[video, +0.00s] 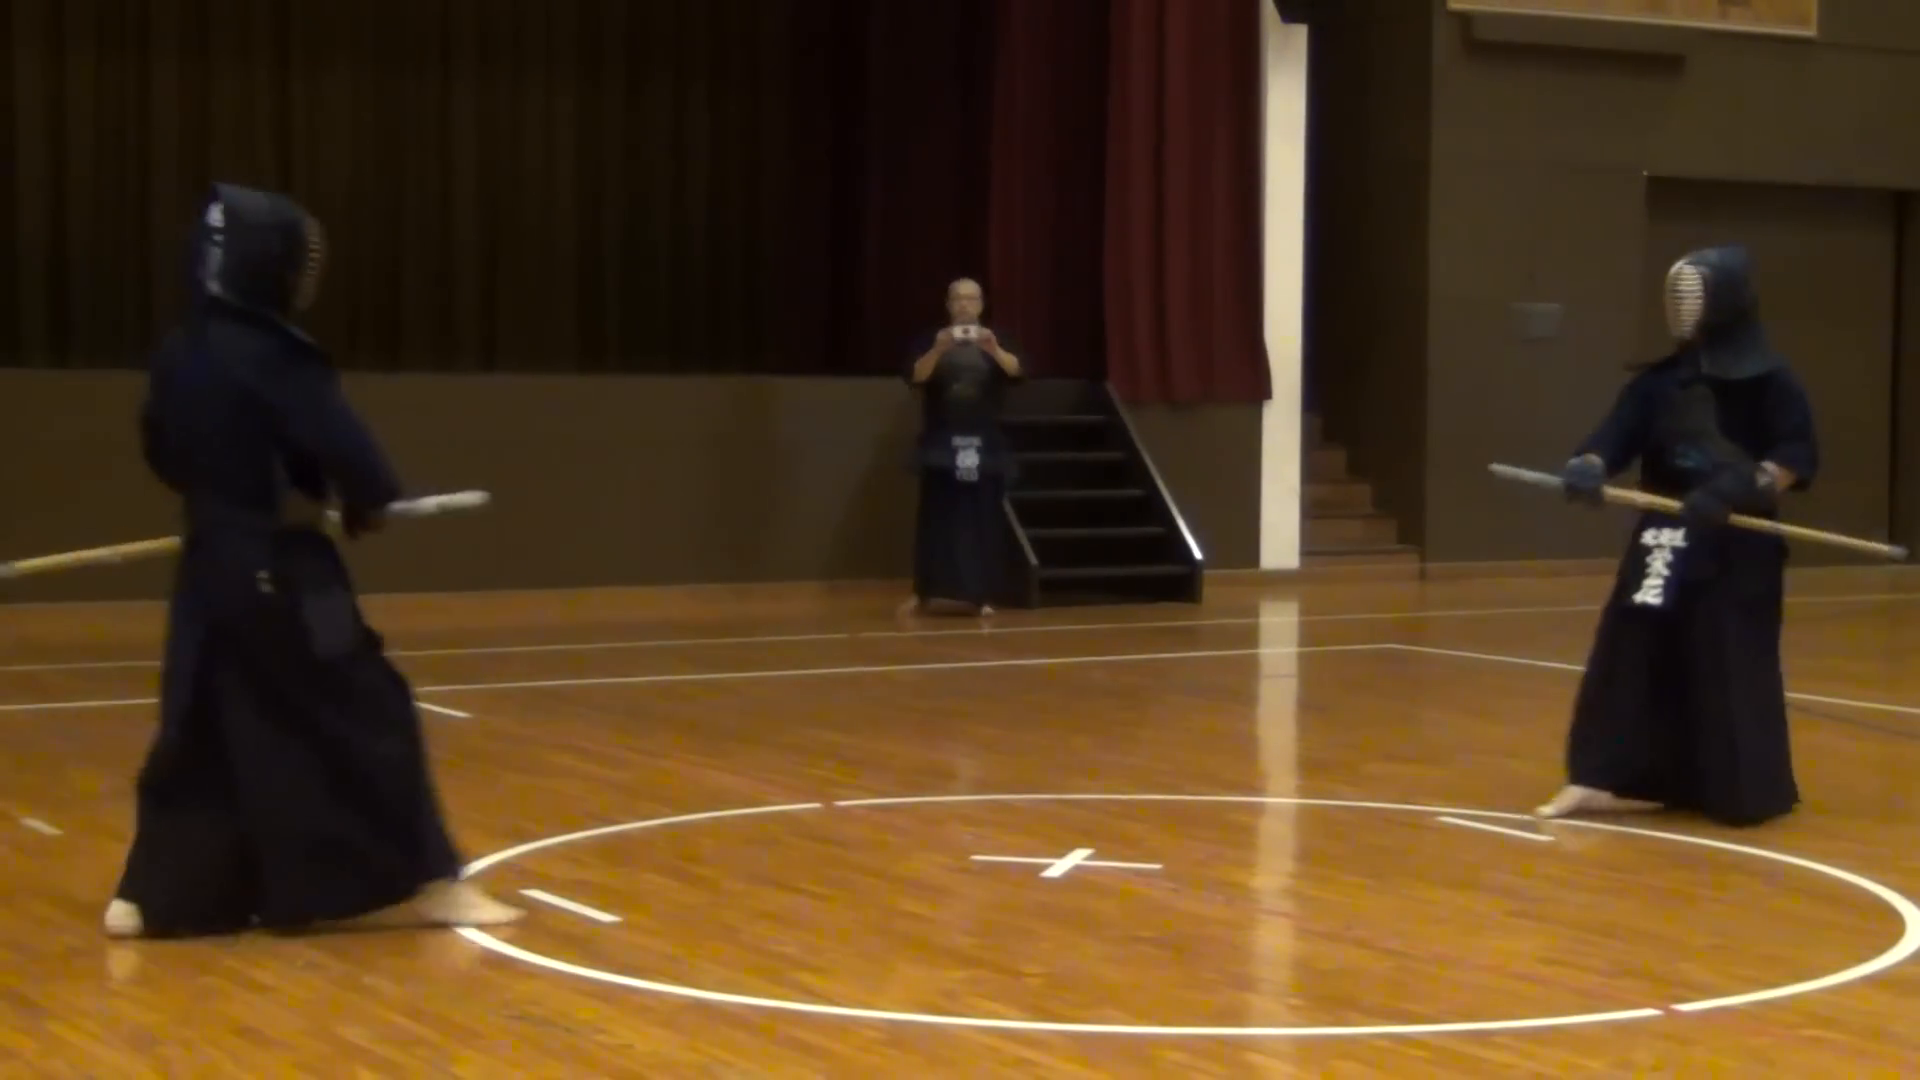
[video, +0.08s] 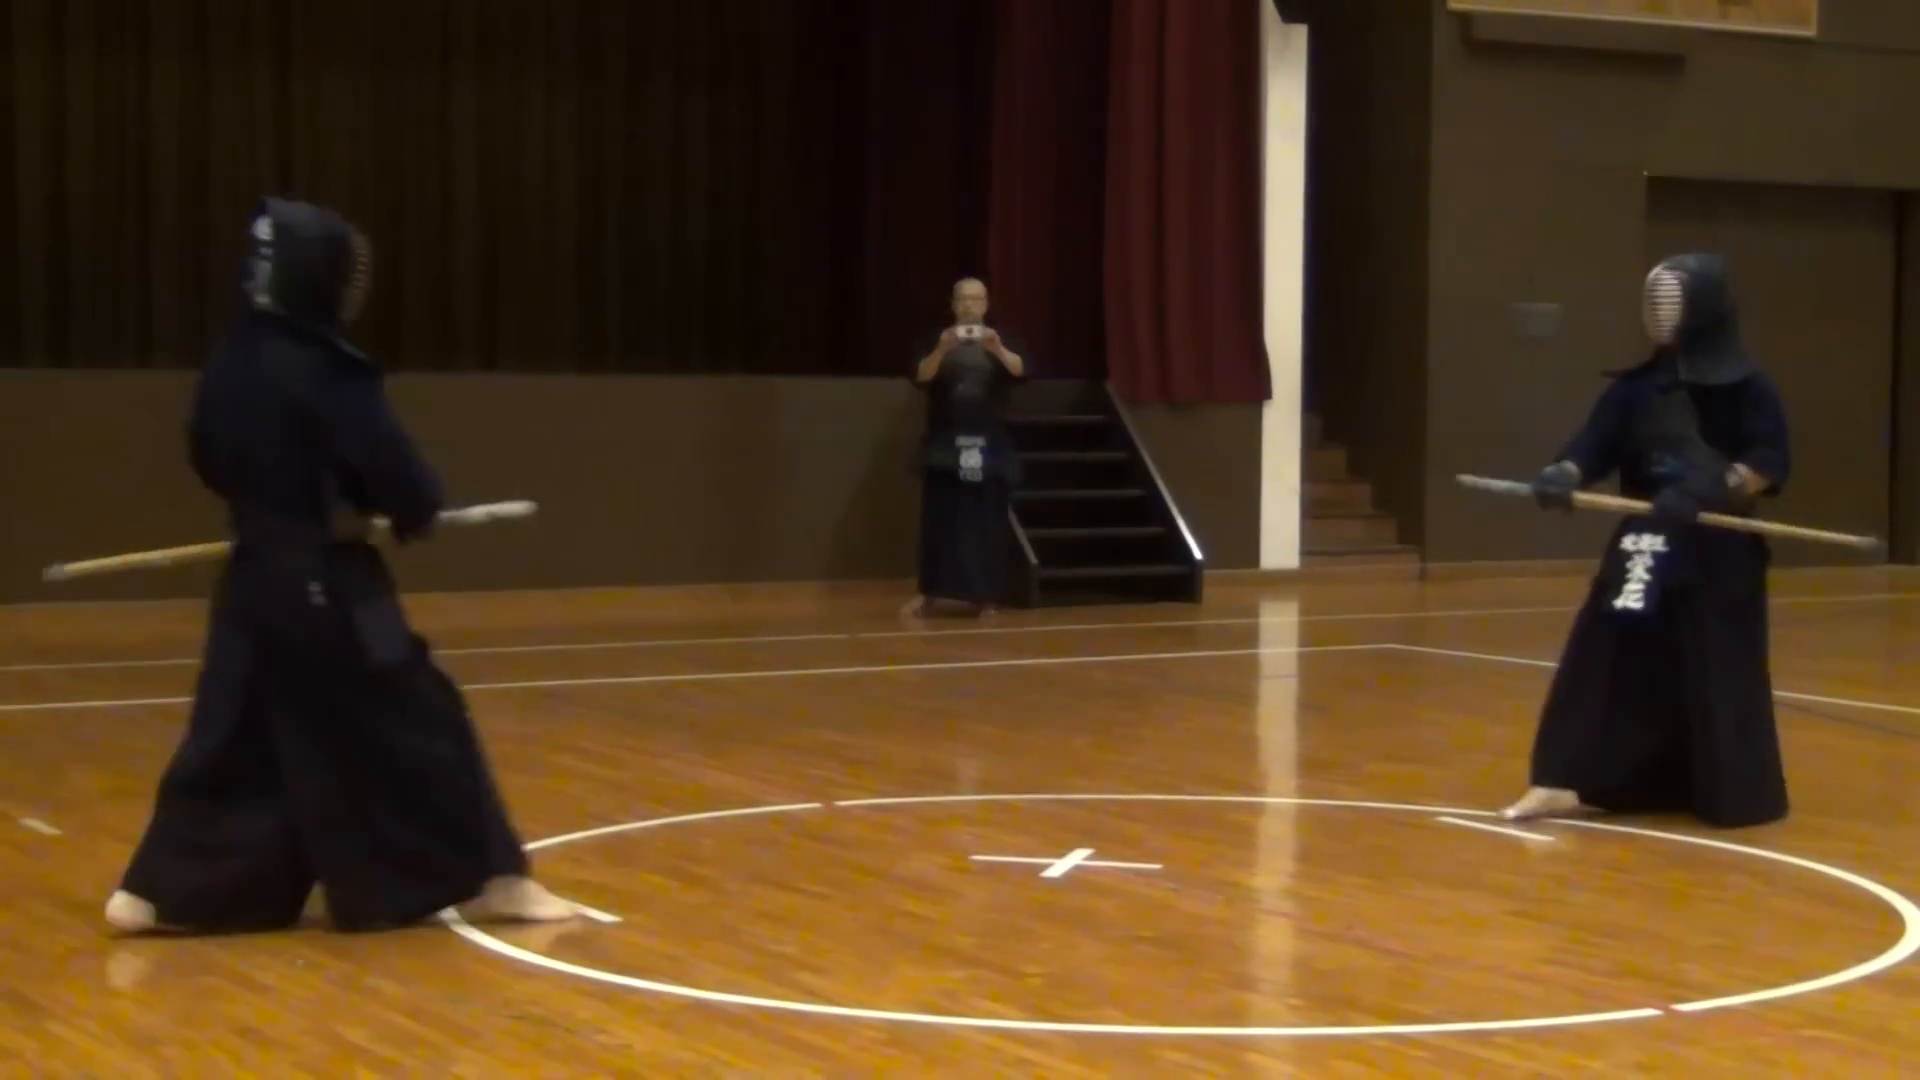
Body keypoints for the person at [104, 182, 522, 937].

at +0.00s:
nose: (315, 278)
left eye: (314, 262)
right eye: (306, 263)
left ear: (226, 266)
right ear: (274, 269)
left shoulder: (185, 350)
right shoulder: (282, 360)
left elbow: (166, 455)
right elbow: (356, 460)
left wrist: (255, 492)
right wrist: (368, 504)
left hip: (210, 567)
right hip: (284, 571)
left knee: (202, 725)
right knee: (375, 706)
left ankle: (143, 892)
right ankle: (437, 879)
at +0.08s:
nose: (361, 287)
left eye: (359, 273)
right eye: (352, 274)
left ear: (273, 278)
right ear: (324, 283)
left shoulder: (237, 357)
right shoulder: (332, 373)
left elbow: (213, 462)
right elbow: (404, 483)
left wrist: (292, 500)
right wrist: (411, 513)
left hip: (254, 579)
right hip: (331, 585)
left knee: (228, 730)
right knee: (428, 717)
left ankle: (147, 887)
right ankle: (497, 877)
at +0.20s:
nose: (442, 297)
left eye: (442, 281)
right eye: (436, 283)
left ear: (357, 282)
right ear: (410, 289)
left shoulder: (315, 357)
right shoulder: (411, 373)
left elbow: (289, 451)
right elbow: (471, 470)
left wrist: (388, 472)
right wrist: (500, 506)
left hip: (325, 575)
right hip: (394, 579)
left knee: (309, 724)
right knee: (496, 700)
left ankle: (190, 856)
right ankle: (518, 884)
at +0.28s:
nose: (488, 280)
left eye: (487, 265)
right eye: (482, 267)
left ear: (404, 268)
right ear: (457, 274)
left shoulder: (351, 349)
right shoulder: (453, 356)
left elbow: (356, 441)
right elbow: (518, 455)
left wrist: (460, 469)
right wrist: (554, 487)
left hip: (354, 563)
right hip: (422, 567)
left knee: (366, 711)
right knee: (502, 701)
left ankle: (249, 832)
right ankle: (519, 886)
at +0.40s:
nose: (532, 263)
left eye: (531, 249)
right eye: (526, 250)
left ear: (444, 245)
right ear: (506, 257)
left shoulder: (396, 317)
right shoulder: (501, 335)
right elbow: (590, 444)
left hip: (387, 537)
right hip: (455, 544)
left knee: (398, 695)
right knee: (511, 699)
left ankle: (345, 855)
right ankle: (519, 884)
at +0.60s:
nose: (565, 258)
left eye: (561, 244)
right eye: (559, 246)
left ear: (483, 242)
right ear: (540, 250)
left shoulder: (432, 320)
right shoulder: (535, 325)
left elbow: (486, 438)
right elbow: (627, 415)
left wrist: (586, 467)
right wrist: (651, 371)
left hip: (420, 535)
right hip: (492, 541)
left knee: (437, 702)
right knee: (519, 706)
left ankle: (456, 878)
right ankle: (534, 888)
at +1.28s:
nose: (597, 315)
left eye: (596, 301)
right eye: (591, 302)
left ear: (521, 300)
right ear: (565, 307)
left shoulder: (467, 370)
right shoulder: (553, 379)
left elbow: (544, 478)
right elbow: (633, 437)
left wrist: (643, 498)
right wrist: (714, 426)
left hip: (437, 582)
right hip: (497, 589)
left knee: (462, 730)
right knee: (590, 731)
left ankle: (456, 889)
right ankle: (540, 886)